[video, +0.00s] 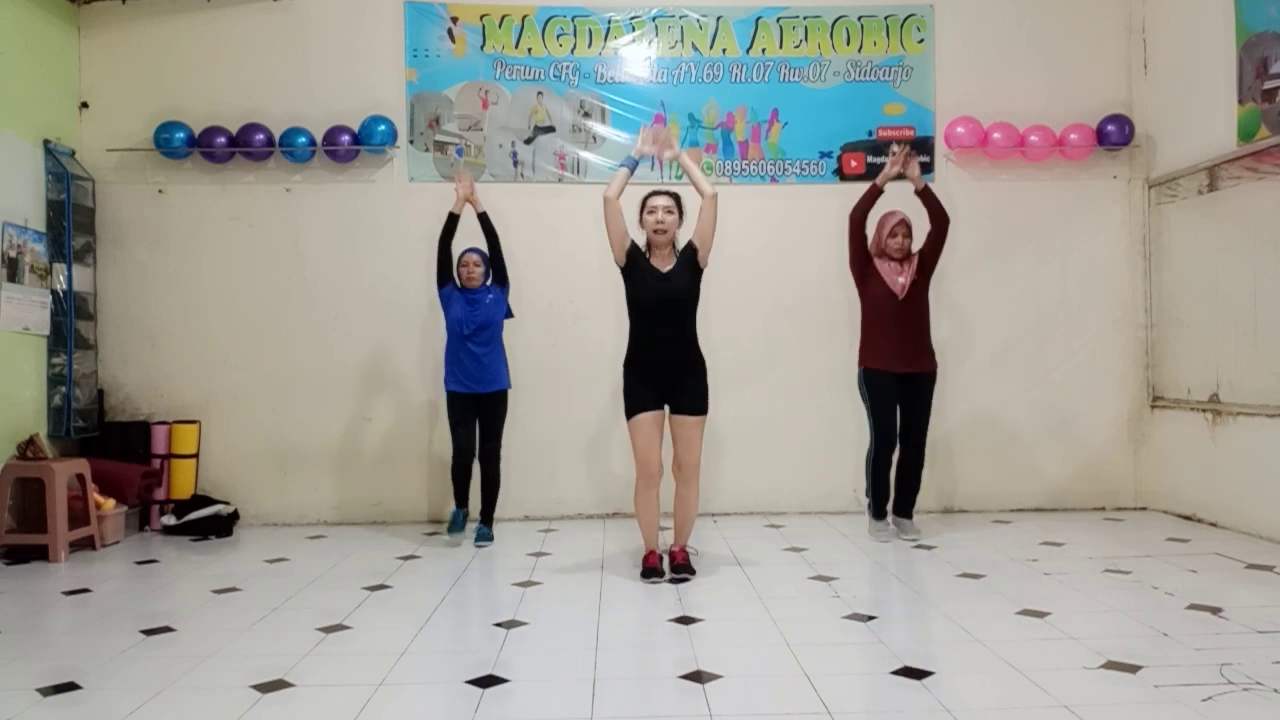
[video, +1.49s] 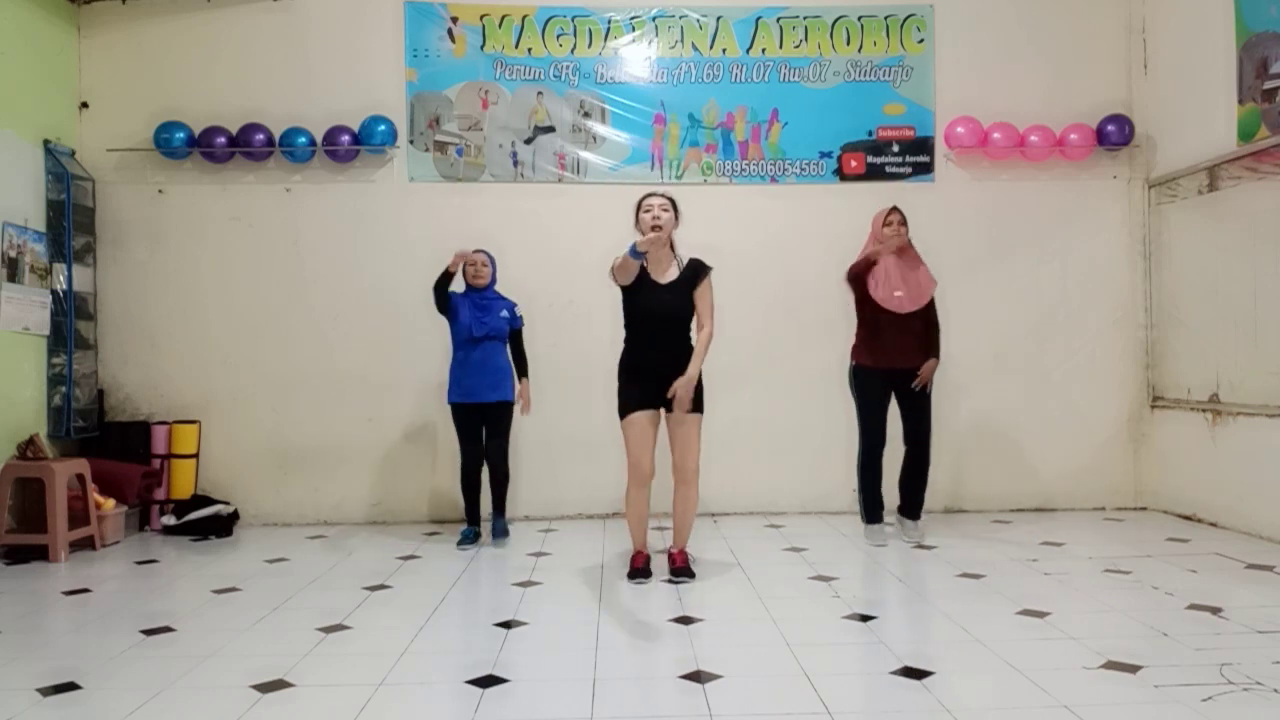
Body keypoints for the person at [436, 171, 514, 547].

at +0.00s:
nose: (469, 269)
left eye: (476, 265)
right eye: (465, 264)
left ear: (486, 270)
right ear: (457, 271)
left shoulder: (496, 293)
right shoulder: (450, 295)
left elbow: (497, 249)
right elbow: (443, 249)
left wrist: (476, 204)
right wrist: (458, 206)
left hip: (493, 386)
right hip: (459, 386)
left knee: (489, 456)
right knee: (462, 453)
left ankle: (486, 522)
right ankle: (460, 510)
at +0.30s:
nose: (471, 274)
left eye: (477, 270)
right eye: (466, 270)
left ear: (486, 276)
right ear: (458, 275)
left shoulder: (498, 300)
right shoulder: (449, 300)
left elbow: (507, 251)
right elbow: (440, 250)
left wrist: (483, 226)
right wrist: (461, 223)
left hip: (490, 390)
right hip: (457, 390)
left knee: (486, 459)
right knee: (463, 460)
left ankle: (488, 523)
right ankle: (463, 525)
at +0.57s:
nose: (473, 249)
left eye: (479, 245)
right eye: (468, 246)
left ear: (489, 252)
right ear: (461, 252)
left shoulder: (499, 278)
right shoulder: (453, 279)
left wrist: (478, 203)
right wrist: (460, 207)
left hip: (493, 366)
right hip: (459, 367)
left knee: (490, 439)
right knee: (463, 439)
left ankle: (491, 511)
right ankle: (464, 511)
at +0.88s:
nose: (477, 277)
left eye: (484, 273)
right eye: (472, 273)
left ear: (493, 281)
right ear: (464, 280)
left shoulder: (506, 315)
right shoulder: (452, 315)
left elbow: (500, 356)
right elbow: (451, 362)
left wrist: (489, 396)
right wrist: (468, 396)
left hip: (495, 399)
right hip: (459, 399)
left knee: (492, 463)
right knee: (467, 464)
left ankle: (491, 527)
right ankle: (473, 526)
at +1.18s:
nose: (477, 271)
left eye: (484, 267)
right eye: (472, 267)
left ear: (493, 276)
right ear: (464, 275)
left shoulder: (506, 309)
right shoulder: (454, 311)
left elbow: (522, 354)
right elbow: (429, 353)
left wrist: (534, 397)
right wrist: (432, 321)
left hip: (498, 398)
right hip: (463, 399)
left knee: (494, 464)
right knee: (470, 465)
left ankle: (493, 527)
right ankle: (472, 527)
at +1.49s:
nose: (477, 269)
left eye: (483, 264)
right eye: (471, 265)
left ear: (493, 272)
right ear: (463, 272)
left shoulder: (506, 306)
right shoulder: (455, 303)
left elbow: (517, 346)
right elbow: (440, 293)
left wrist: (523, 381)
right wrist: (452, 268)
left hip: (499, 392)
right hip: (464, 392)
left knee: (497, 458)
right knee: (470, 459)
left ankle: (499, 518)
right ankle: (472, 525)